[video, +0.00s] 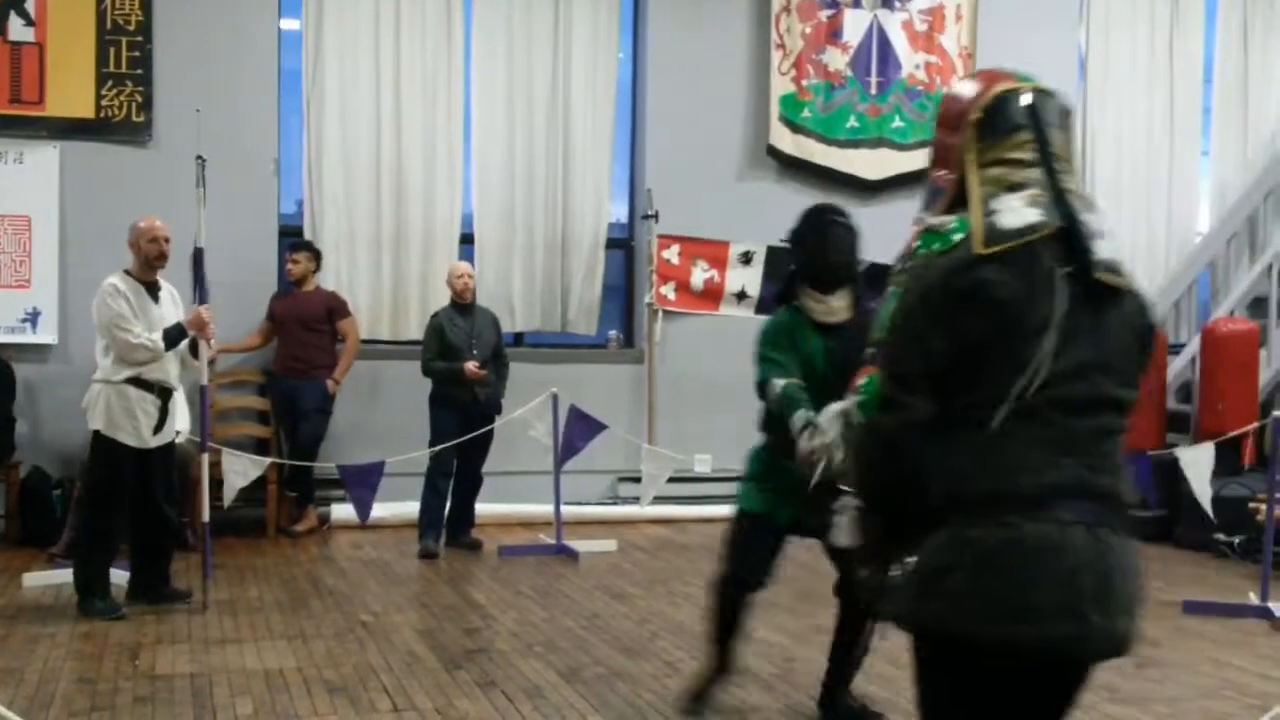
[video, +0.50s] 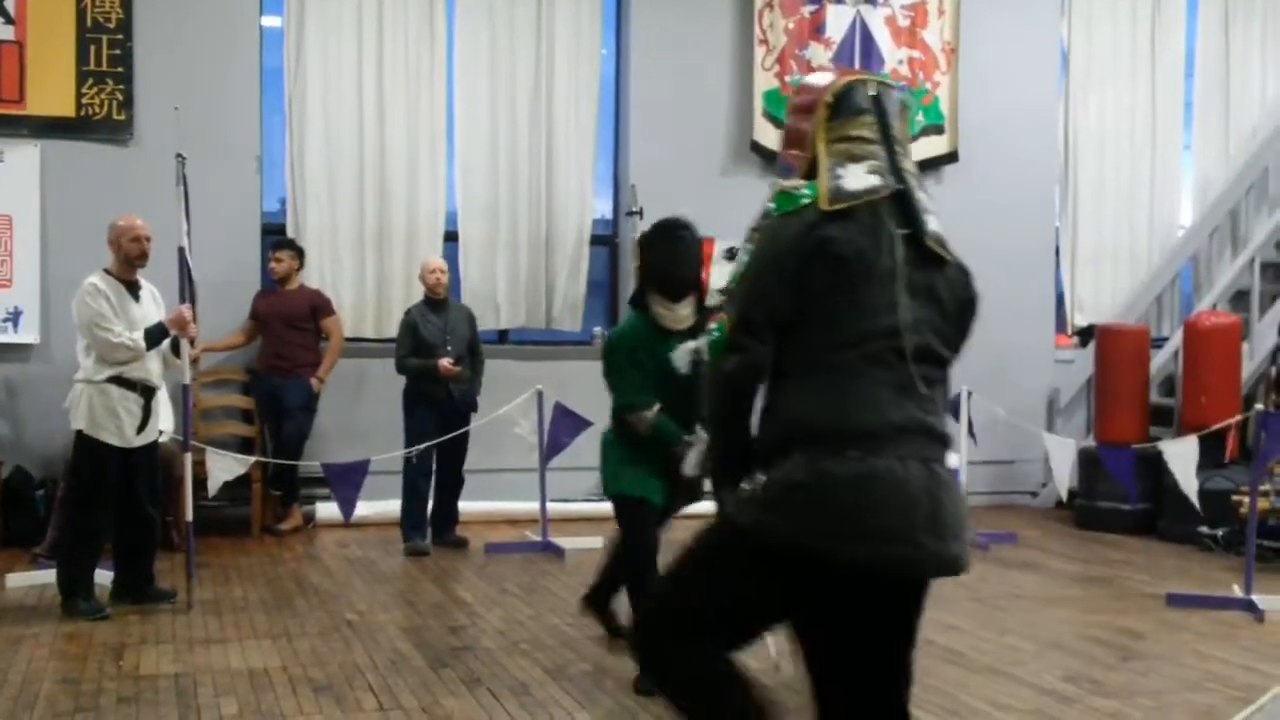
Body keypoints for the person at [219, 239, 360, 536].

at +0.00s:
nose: (289, 266)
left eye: (296, 262)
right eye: (288, 262)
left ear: (314, 266)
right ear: (288, 265)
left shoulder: (330, 301)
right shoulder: (280, 301)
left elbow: (352, 339)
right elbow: (260, 338)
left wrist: (336, 379)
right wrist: (222, 348)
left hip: (316, 384)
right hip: (282, 383)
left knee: (305, 448)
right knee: (292, 448)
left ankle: (304, 510)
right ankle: (305, 510)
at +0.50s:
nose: (273, 265)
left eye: (280, 260)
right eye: (272, 260)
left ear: (297, 264)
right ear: (270, 264)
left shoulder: (315, 299)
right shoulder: (263, 299)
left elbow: (336, 338)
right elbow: (245, 336)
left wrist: (320, 377)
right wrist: (205, 347)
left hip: (300, 382)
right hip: (267, 380)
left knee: (289, 445)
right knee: (275, 445)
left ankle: (289, 510)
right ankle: (288, 510)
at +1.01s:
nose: (274, 265)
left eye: (280, 260)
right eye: (272, 260)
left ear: (298, 264)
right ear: (272, 264)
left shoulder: (316, 298)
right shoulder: (264, 299)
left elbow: (337, 339)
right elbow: (246, 336)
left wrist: (321, 377)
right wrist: (204, 348)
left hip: (300, 382)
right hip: (267, 380)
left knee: (290, 445)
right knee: (277, 445)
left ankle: (289, 509)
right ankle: (292, 510)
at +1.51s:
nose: (245, 266)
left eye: (251, 261)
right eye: (243, 261)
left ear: (269, 263)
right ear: (242, 265)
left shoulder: (287, 299)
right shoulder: (236, 299)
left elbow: (310, 339)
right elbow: (217, 337)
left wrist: (293, 377)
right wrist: (176, 348)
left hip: (273, 382)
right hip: (239, 380)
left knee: (263, 446)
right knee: (248, 446)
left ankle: (265, 510)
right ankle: (263, 510)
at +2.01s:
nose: (161, 267)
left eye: (167, 262)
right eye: (159, 262)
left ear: (185, 265)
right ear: (158, 266)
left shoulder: (202, 301)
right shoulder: (154, 301)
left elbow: (226, 341)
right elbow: (133, 339)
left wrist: (209, 381)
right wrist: (91, 351)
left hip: (187, 384)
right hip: (155, 383)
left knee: (177, 448)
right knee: (159, 450)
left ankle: (179, 514)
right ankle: (165, 512)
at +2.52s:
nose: (75, 269)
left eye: (82, 263)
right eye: (73, 264)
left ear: (101, 266)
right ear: (72, 268)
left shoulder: (119, 303)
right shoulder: (67, 304)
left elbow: (144, 344)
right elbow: (45, 343)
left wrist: (126, 384)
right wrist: (5, 354)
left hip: (104, 389)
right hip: (69, 387)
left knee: (93, 454)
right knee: (77, 455)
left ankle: (97, 521)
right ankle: (86, 520)